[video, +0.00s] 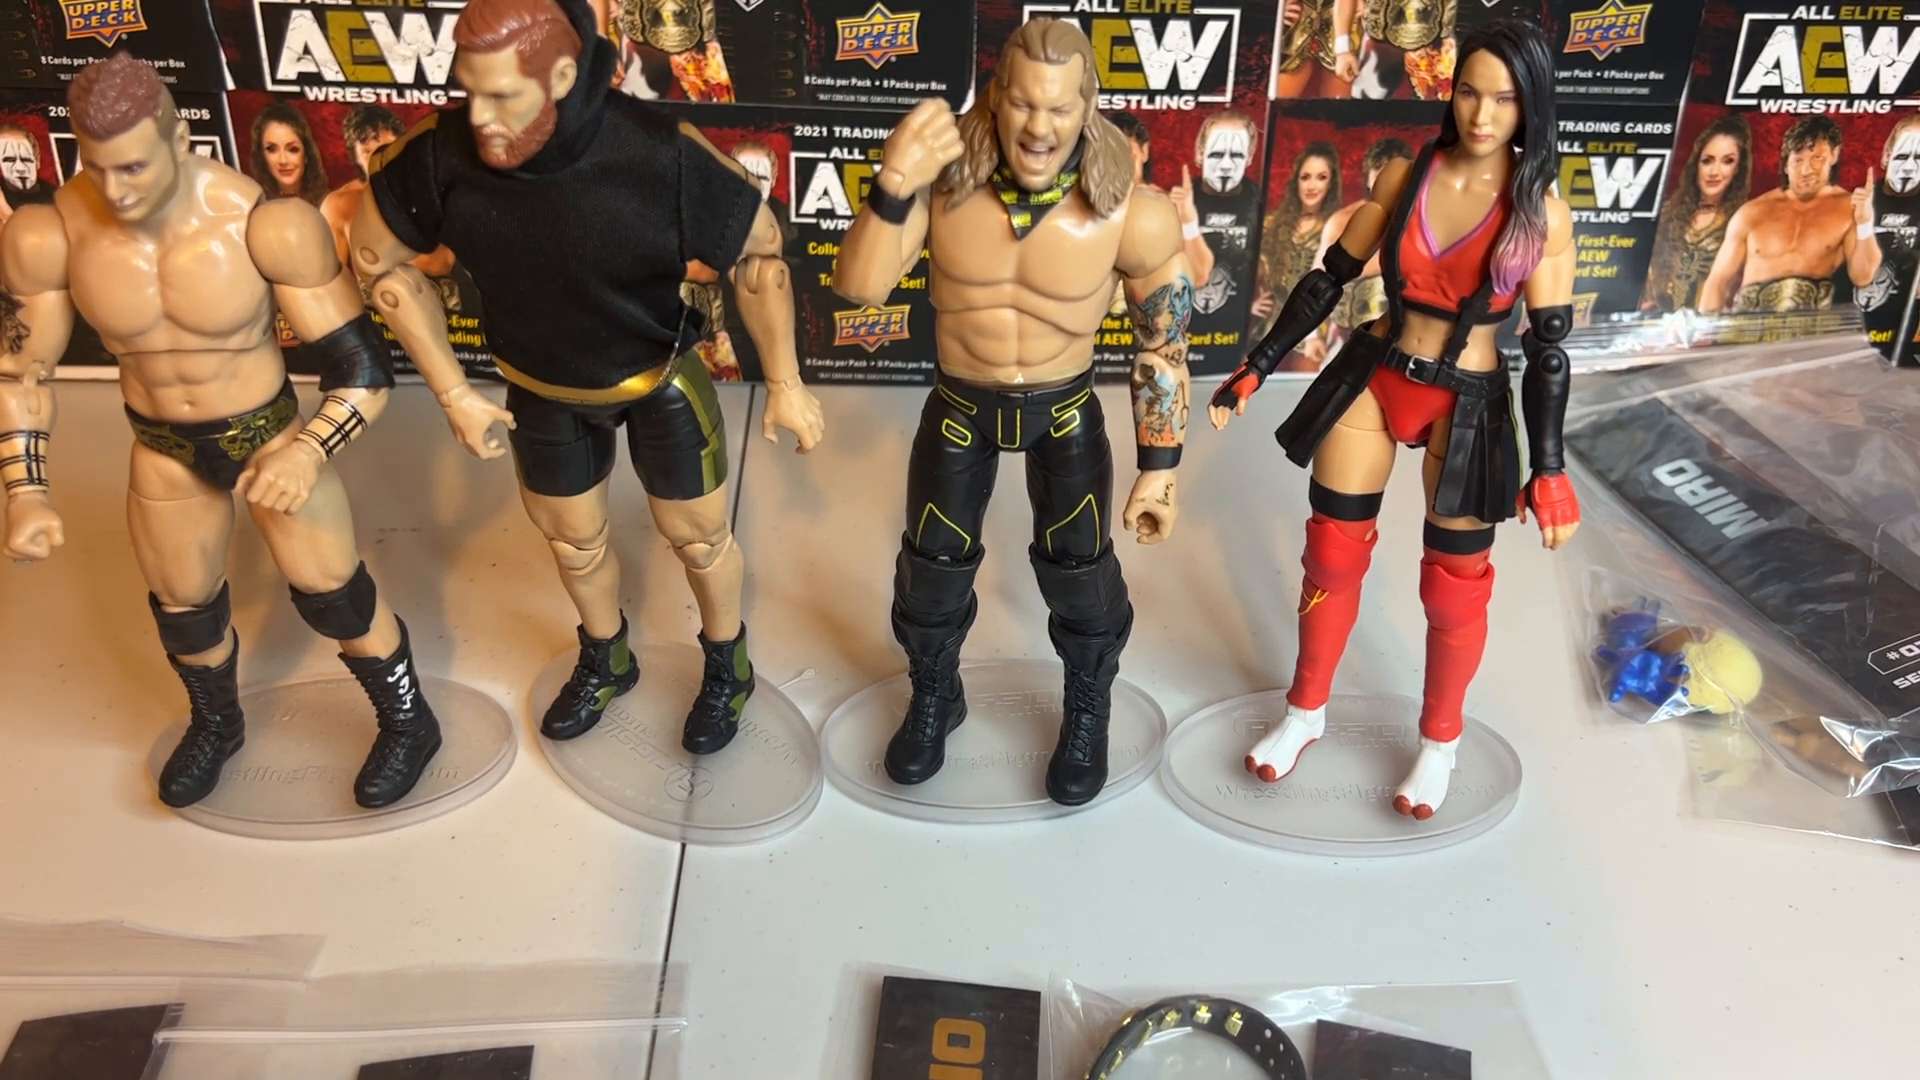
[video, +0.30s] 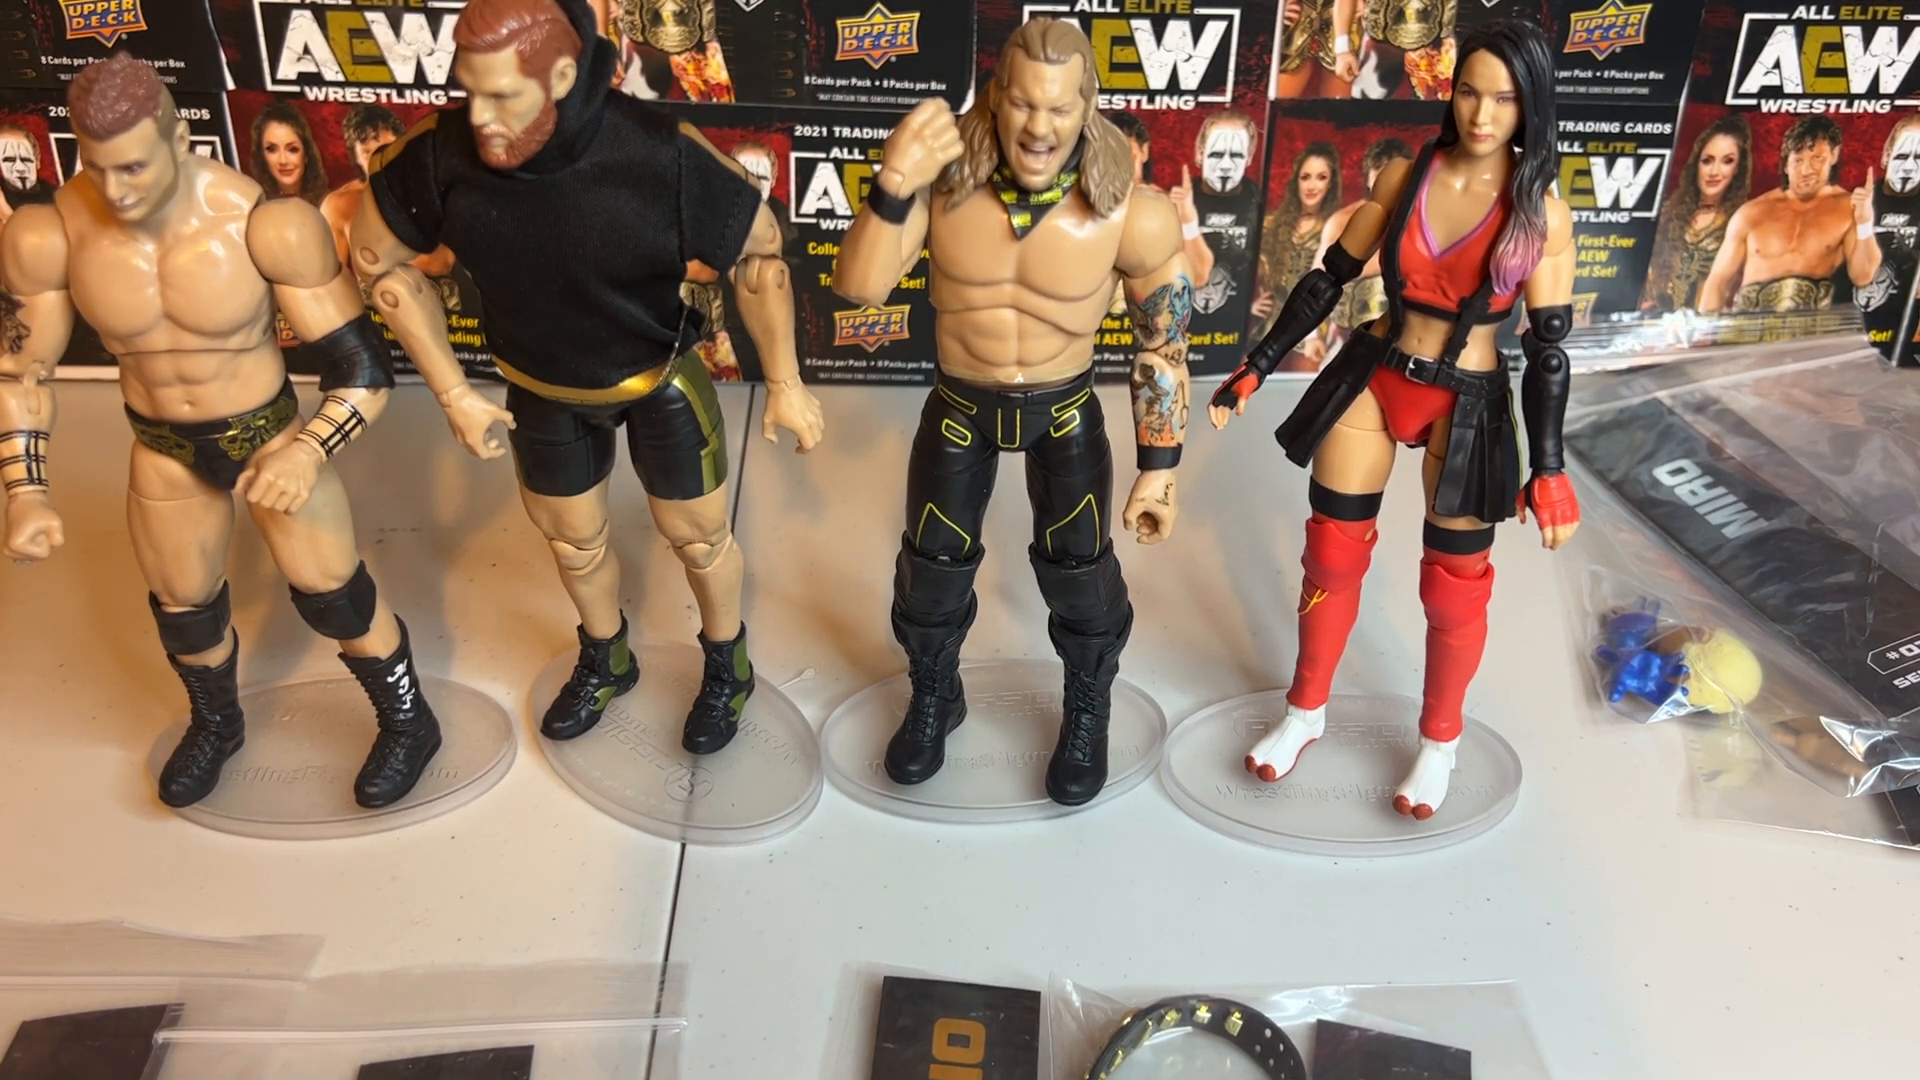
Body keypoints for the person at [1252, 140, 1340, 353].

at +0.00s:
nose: (1312, 185)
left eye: (1321, 178)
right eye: (1305, 177)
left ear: (1332, 183)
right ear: (1295, 181)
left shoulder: (1338, 229)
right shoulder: (1271, 224)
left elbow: (1338, 286)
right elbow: (1254, 273)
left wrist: (1323, 337)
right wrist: (1253, 302)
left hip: (1313, 334)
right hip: (1269, 328)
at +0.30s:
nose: (1312, 186)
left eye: (1321, 178)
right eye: (1305, 177)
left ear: (1332, 183)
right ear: (1295, 180)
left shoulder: (1338, 230)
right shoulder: (1271, 225)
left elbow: (1337, 287)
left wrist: (1321, 335)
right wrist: (1252, 301)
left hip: (1313, 333)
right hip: (1269, 329)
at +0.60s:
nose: (1312, 185)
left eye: (1321, 177)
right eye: (1305, 177)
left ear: (1332, 183)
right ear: (1295, 180)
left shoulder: (1337, 229)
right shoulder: (1271, 224)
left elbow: (1336, 286)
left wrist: (1321, 335)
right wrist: (1254, 302)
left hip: (1313, 335)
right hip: (1270, 329)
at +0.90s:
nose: (1312, 185)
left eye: (1321, 177)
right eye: (1305, 177)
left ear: (1331, 182)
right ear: (1295, 180)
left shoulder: (1337, 228)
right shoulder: (1270, 224)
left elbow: (1335, 285)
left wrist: (1321, 335)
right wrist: (1253, 301)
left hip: (1310, 332)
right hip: (1269, 327)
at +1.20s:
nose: (1312, 185)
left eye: (1321, 177)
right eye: (1305, 177)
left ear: (1332, 183)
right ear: (1295, 181)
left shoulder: (1337, 229)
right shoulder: (1270, 224)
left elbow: (1333, 285)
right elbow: (1253, 274)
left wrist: (1320, 334)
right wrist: (1253, 301)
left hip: (1310, 334)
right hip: (1268, 328)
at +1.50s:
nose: (1312, 185)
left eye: (1321, 177)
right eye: (1305, 177)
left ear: (1332, 182)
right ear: (1295, 180)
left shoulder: (1338, 229)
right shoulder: (1270, 225)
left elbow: (1336, 287)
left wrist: (1321, 335)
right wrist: (1254, 302)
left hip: (1313, 334)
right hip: (1269, 328)